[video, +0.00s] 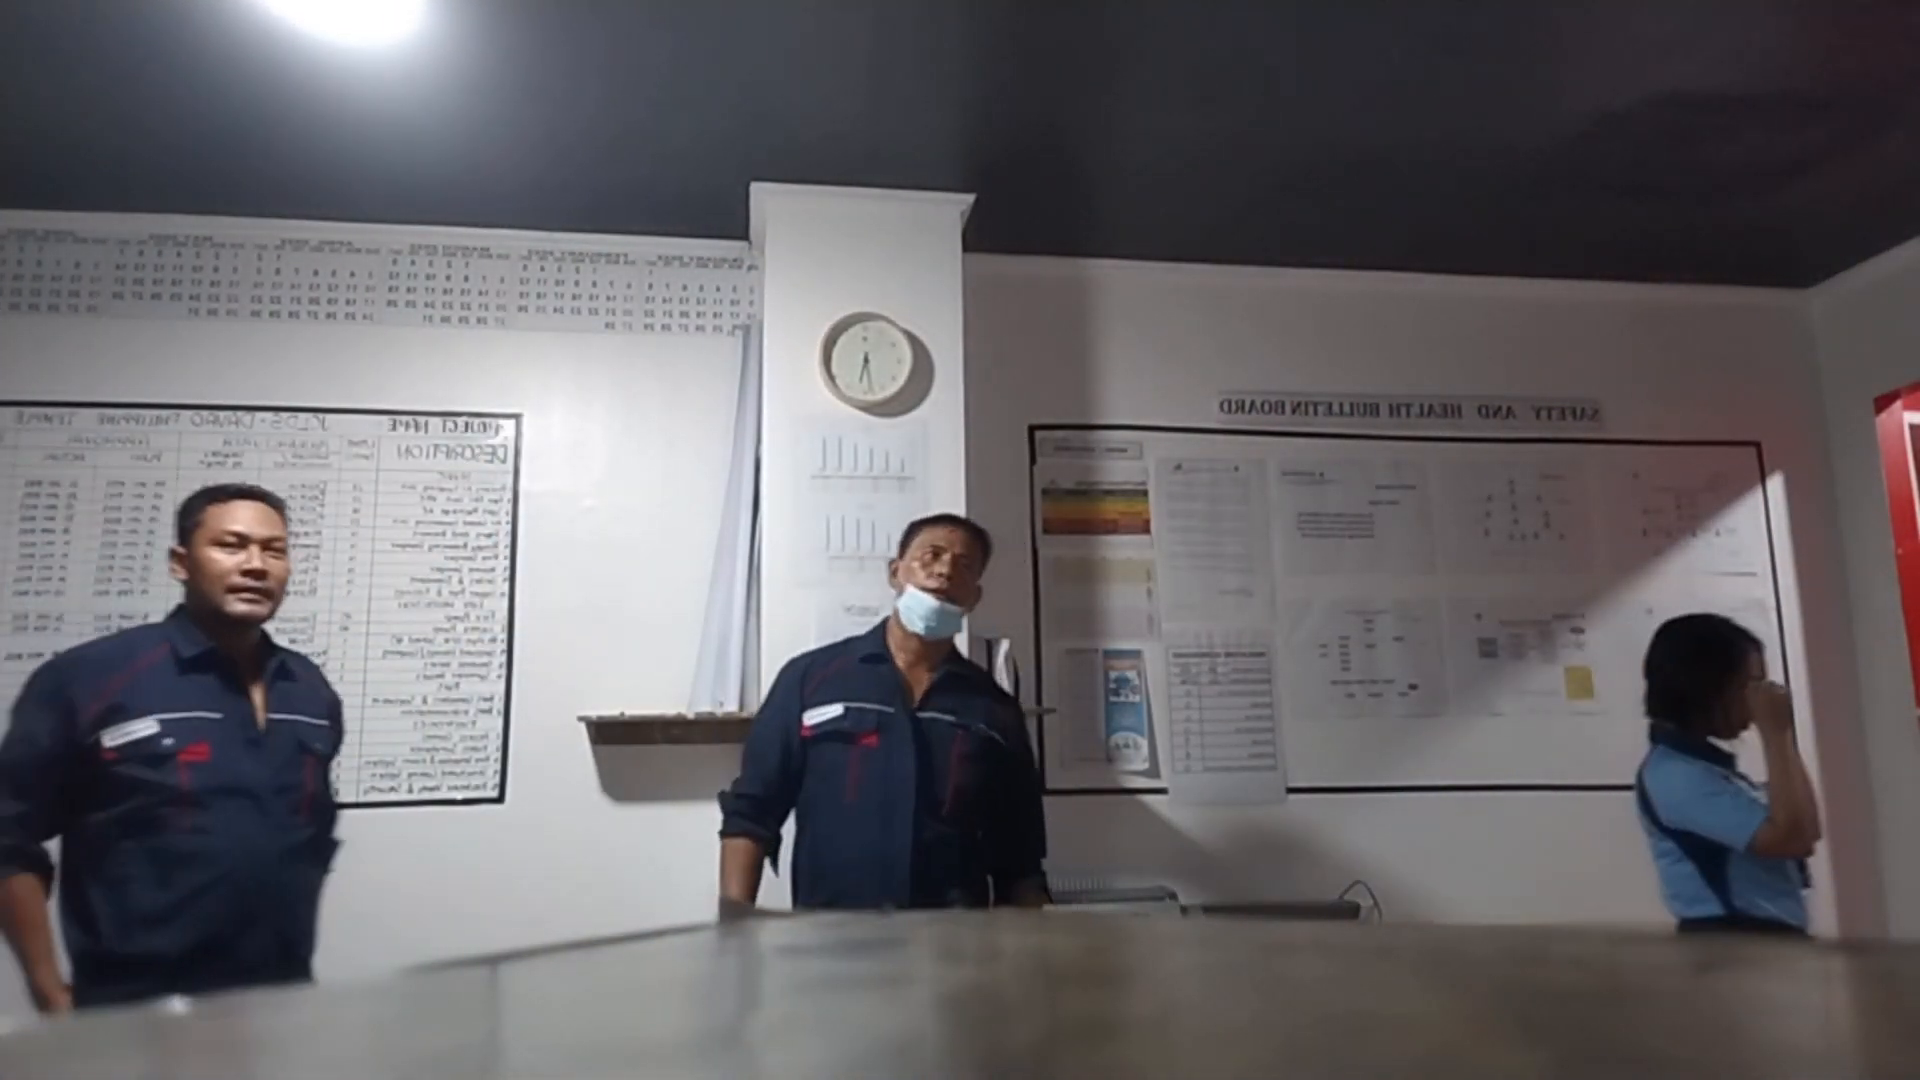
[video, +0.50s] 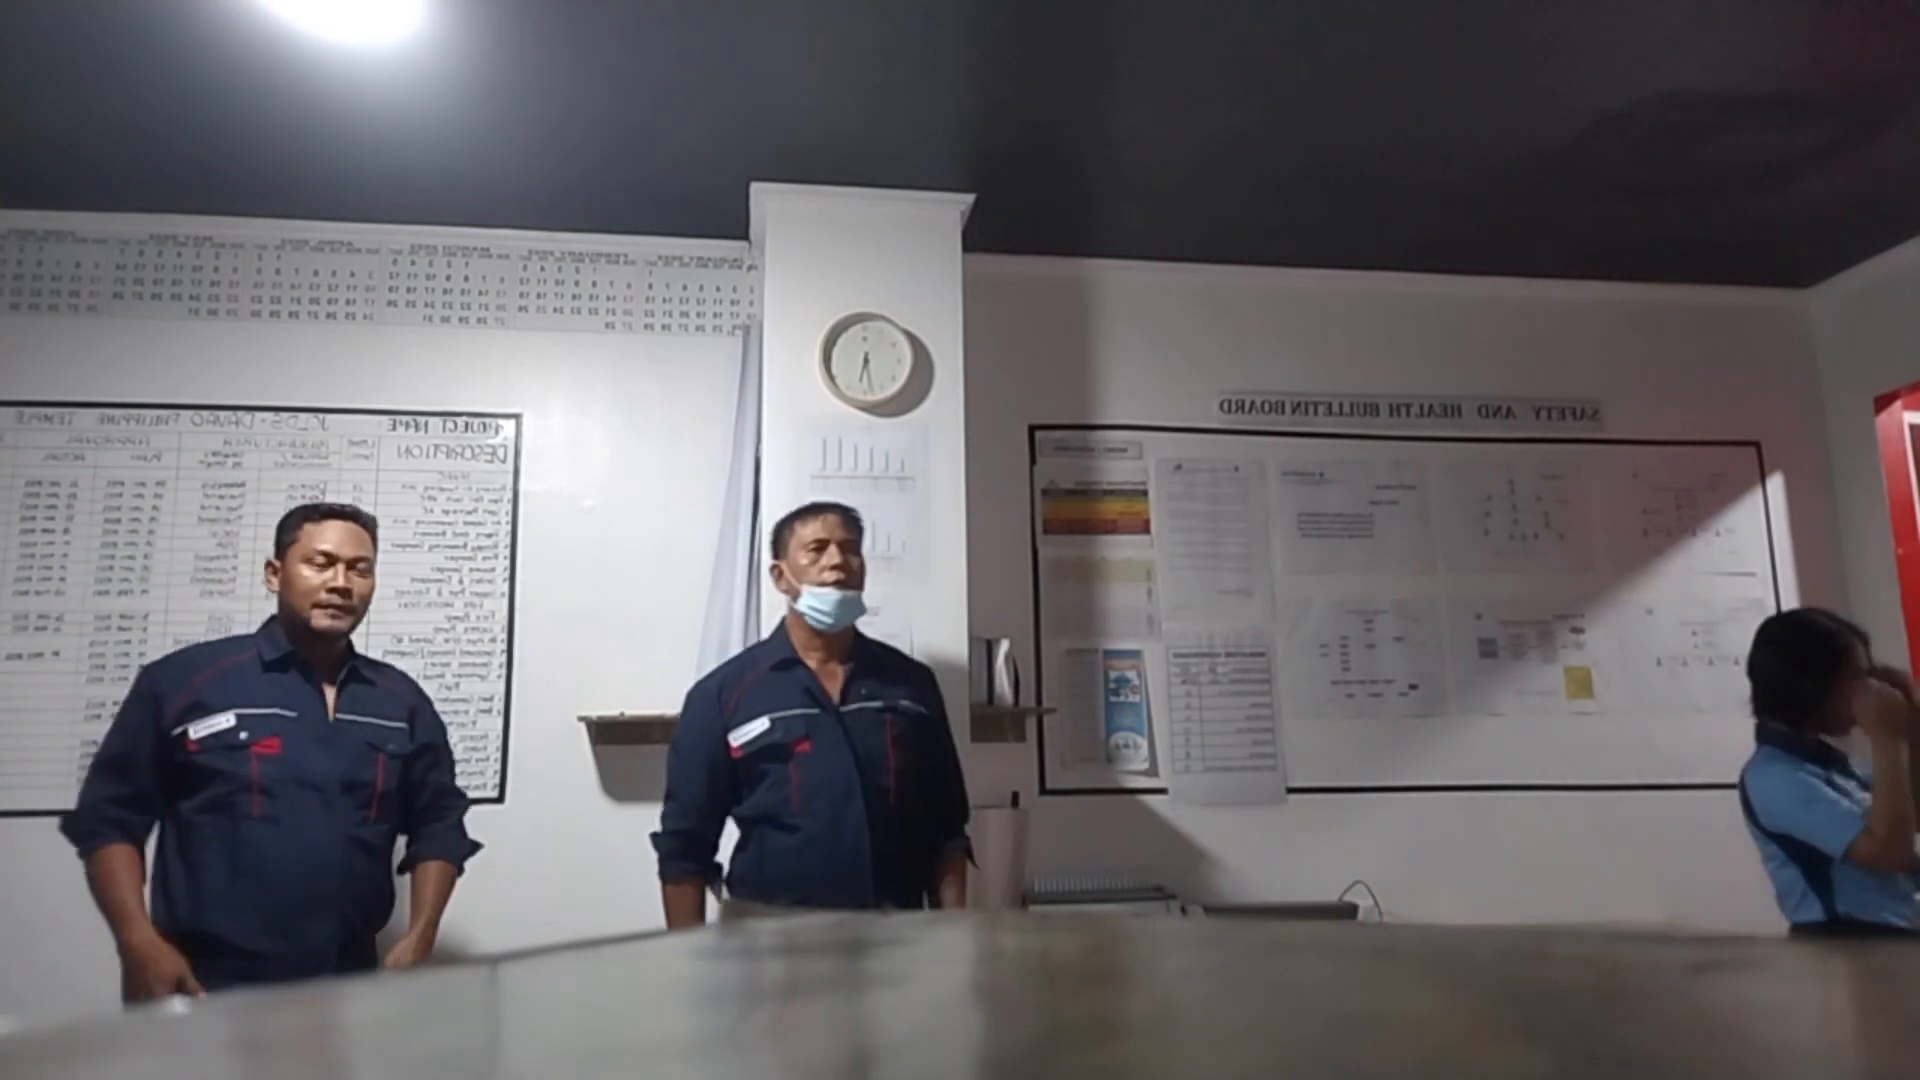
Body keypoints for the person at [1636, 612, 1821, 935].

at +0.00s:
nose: (1757, 698)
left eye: (1758, 683)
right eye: (1750, 683)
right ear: (1710, 685)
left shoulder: (1703, 769)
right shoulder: (1673, 776)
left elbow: (1805, 833)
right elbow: (1792, 838)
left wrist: (1782, 735)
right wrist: (1774, 732)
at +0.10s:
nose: (1784, 697)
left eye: (1785, 682)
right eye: (1776, 683)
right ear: (1736, 685)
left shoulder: (1732, 769)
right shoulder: (1699, 776)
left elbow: (1834, 832)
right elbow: (1820, 841)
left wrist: (1807, 733)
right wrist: (1800, 731)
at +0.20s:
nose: (1809, 694)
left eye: (1810, 679)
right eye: (1801, 680)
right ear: (1760, 683)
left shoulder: (1752, 766)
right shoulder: (1721, 774)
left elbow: (1857, 830)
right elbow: (1843, 842)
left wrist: (1829, 735)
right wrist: (1824, 731)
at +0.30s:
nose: (1833, 691)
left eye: (1832, 677)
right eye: (1824, 677)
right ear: (1782, 680)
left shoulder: (1778, 764)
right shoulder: (1741, 772)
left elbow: (1879, 826)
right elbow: (1866, 841)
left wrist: (1850, 734)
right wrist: (1844, 731)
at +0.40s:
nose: (1850, 691)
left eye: (1850, 676)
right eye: (1840, 677)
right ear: (1799, 681)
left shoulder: (1802, 765)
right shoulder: (1759, 775)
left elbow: (1906, 821)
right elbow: (1883, 845)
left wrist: (1879, 729)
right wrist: (1864, 728)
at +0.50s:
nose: (1866, 691)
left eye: (1865, 676)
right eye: (1855, 679)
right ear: (1812, 684)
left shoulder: (1825, 762)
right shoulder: (1772, 778)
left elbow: (1909, 822)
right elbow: (1892, 853)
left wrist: (1910, 728)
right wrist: (1886, 737)